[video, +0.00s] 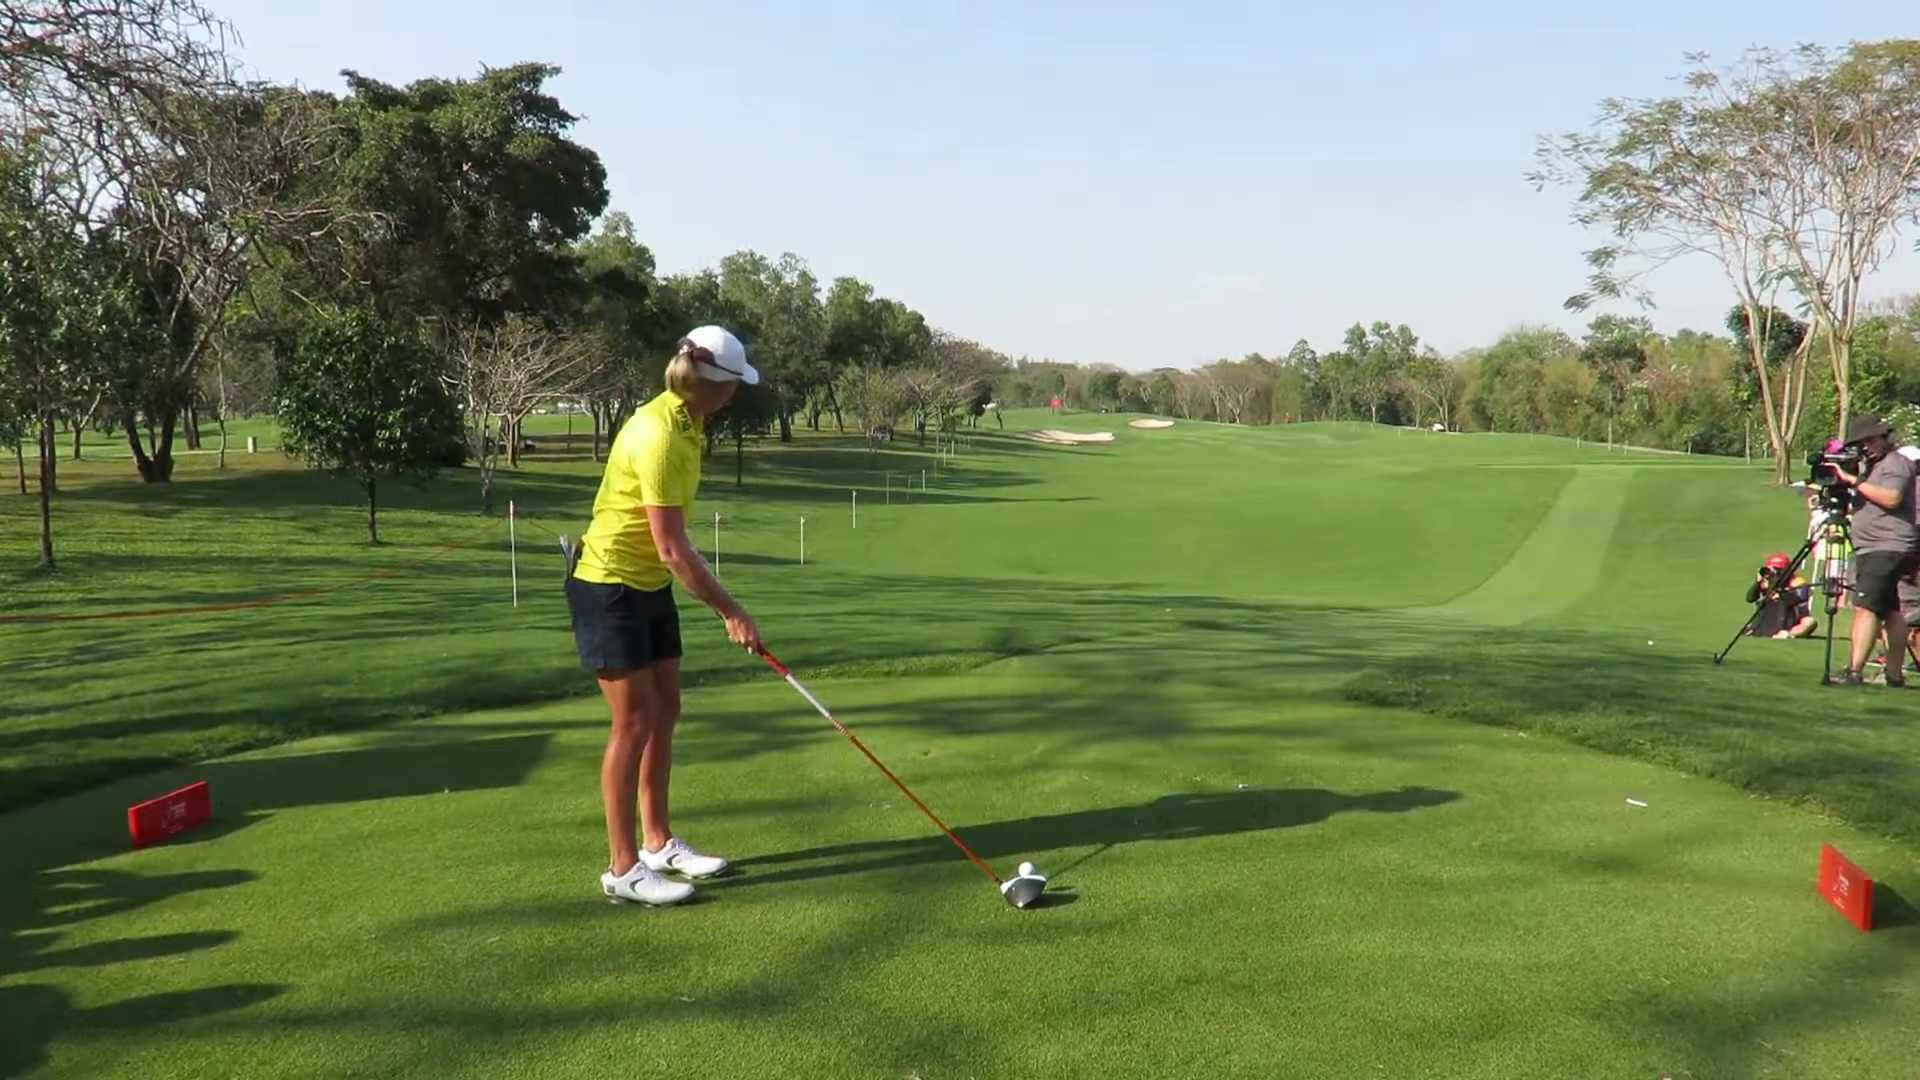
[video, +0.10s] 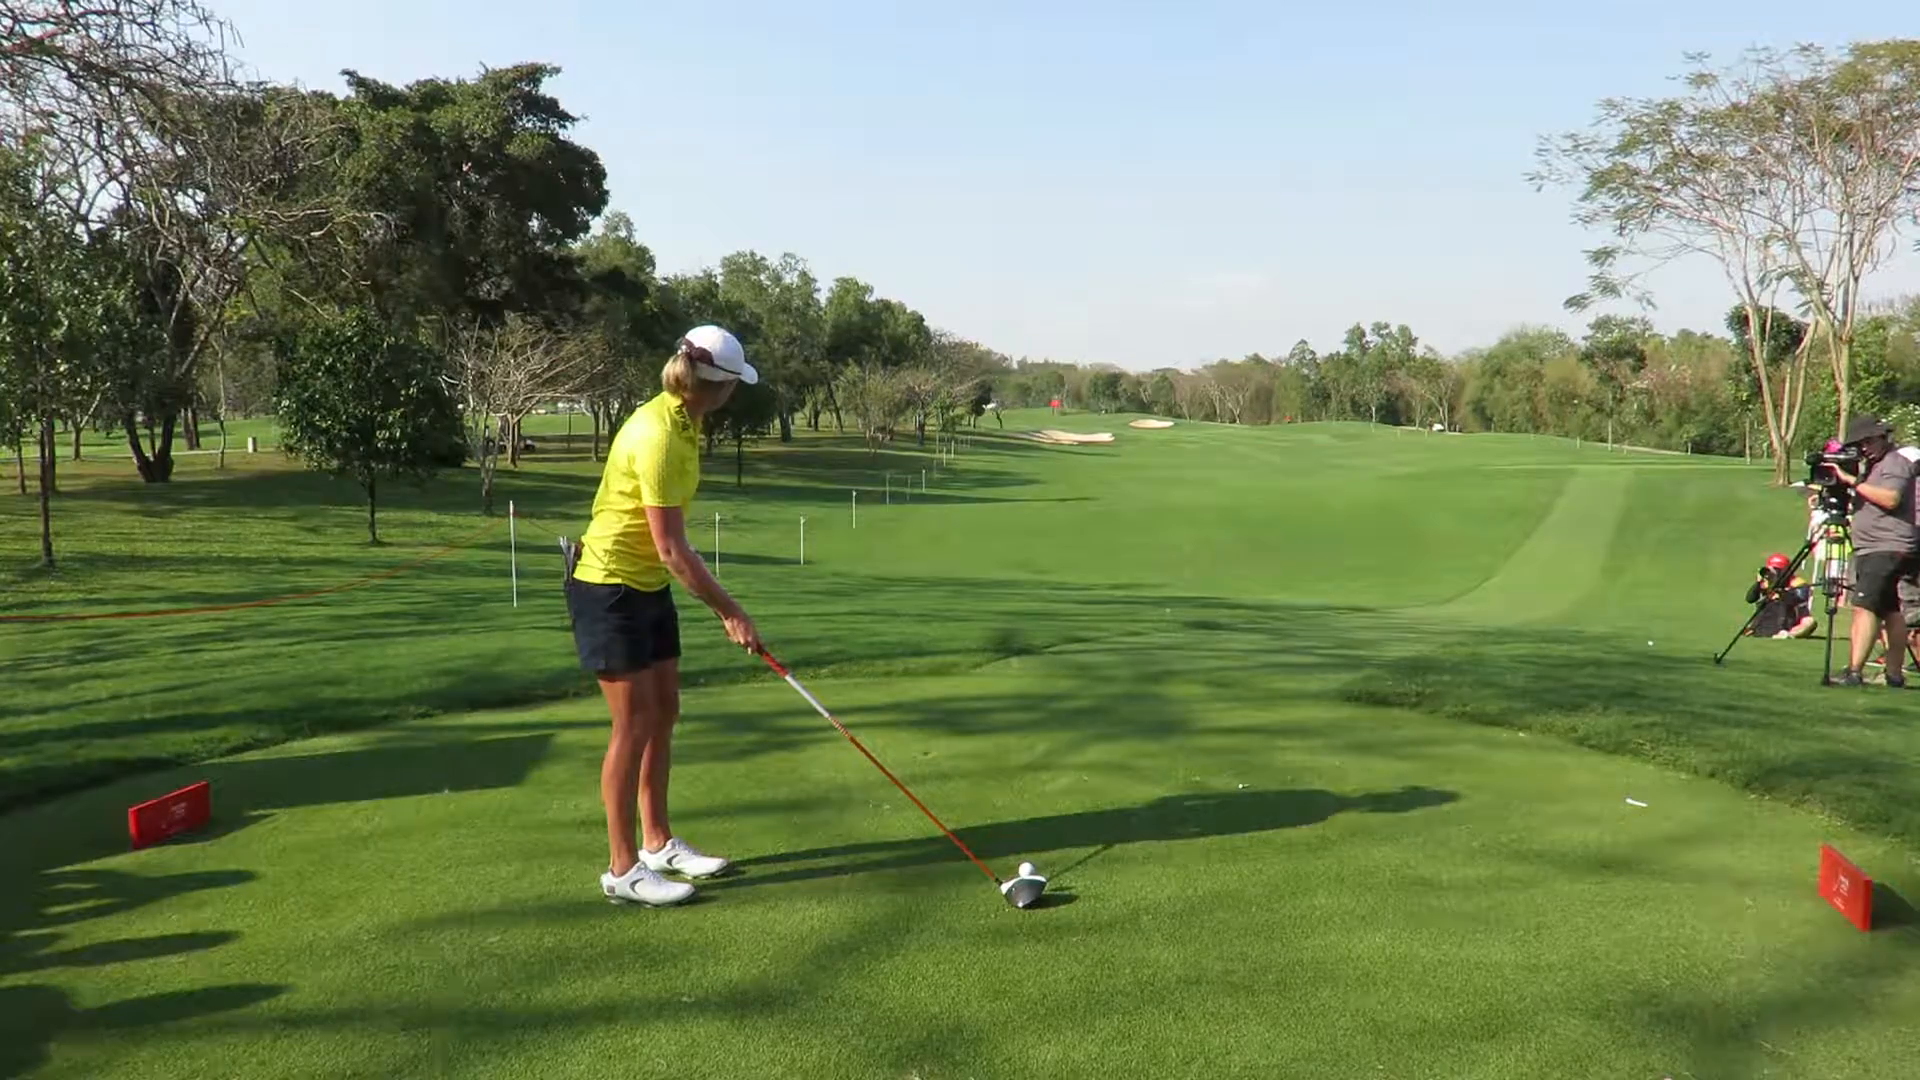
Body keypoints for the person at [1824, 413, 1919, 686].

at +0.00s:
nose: (1865, 449)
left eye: (1870, 442)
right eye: (1862, 444)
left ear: (1885, 438)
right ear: (1860, 445)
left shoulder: (1896, 463)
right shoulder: (1876, 467)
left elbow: (1891, 498)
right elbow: (1866, 499)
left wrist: (1854, 481)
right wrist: (1843, 479)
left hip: (1888, 547)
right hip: (1874, 547)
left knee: (1866, 606)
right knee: (1891, 612)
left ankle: (1853, 671)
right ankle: (1894, 674)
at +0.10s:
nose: (1864, 449)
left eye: (1868, 442)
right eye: (1860, 445)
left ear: (1883, 439)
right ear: (1860, 446)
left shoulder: (1895, 463)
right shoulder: (1876, 467)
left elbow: (1890, 499)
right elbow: (1867, 496)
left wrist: (1853, 482)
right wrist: (1844, 478)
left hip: (1887, 548)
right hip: (1875, 548)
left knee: (1864, 606)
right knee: (1891, 613)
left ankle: (1853, 670)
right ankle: (1895, 674)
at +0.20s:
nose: (1864, 450)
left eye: (1868, 443)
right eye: (1860, 446)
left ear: (1883, 439)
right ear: (1860, 447)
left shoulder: (1895, 464)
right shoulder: (1876, 468)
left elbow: (1889, 499)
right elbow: (1865, 494)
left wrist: (1852, 483)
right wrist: (1843, 477)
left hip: (1888, 548)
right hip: (1875, 548)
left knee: (1863, 606)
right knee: (1890, 613)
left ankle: (1853, 671)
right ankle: (1895, 675)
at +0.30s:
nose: (1864, 450)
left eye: (1867, 443)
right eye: (1860, 446)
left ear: (1882, 439)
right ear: (1860, 446)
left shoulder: (1895, 464)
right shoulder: (1877, 467)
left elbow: (1889, 500)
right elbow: (1866, 493)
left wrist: (1852, 483)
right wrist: (1843, 477)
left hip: (1889, 548)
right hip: (1875, 548)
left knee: (1864, 606)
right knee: (1890, 612)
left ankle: (1853, 671)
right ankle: (1895, 675)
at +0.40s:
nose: (1863, 448)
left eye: (1867, 441)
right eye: (1860, 444)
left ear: (1882, 437)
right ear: (1859, 445)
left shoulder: (1894, 462)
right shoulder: (1877, 465)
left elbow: (1888, 498)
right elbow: (1867, 493)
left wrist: (1851, 481)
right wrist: (1844, 476)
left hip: (1890, 547)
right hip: (1875, 546)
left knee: (1866, 605)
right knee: (1891, 612)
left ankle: (1853, 670)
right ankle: (1894, 674)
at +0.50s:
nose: (1863, 447)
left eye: (1866, 440)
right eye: (1859, 443)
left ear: (1882, 436)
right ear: (1858, 444)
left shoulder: (1893, 461)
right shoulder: (1875, 465)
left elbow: (1887, 497)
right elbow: (1865, 495)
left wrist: (1850, 481)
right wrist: (1842, 477)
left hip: (1892, 546)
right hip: (1875, 547)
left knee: (1869, 604)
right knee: (1892, 611)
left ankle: (1853, 670)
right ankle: (1895, 674)